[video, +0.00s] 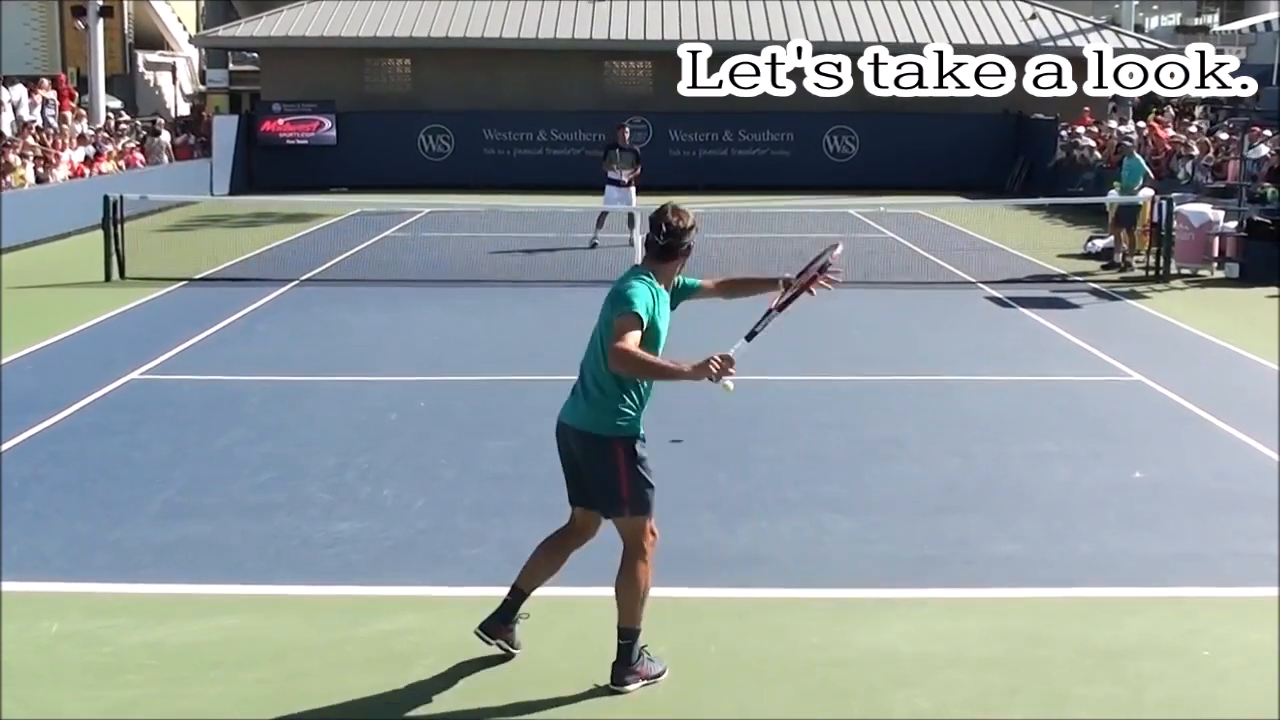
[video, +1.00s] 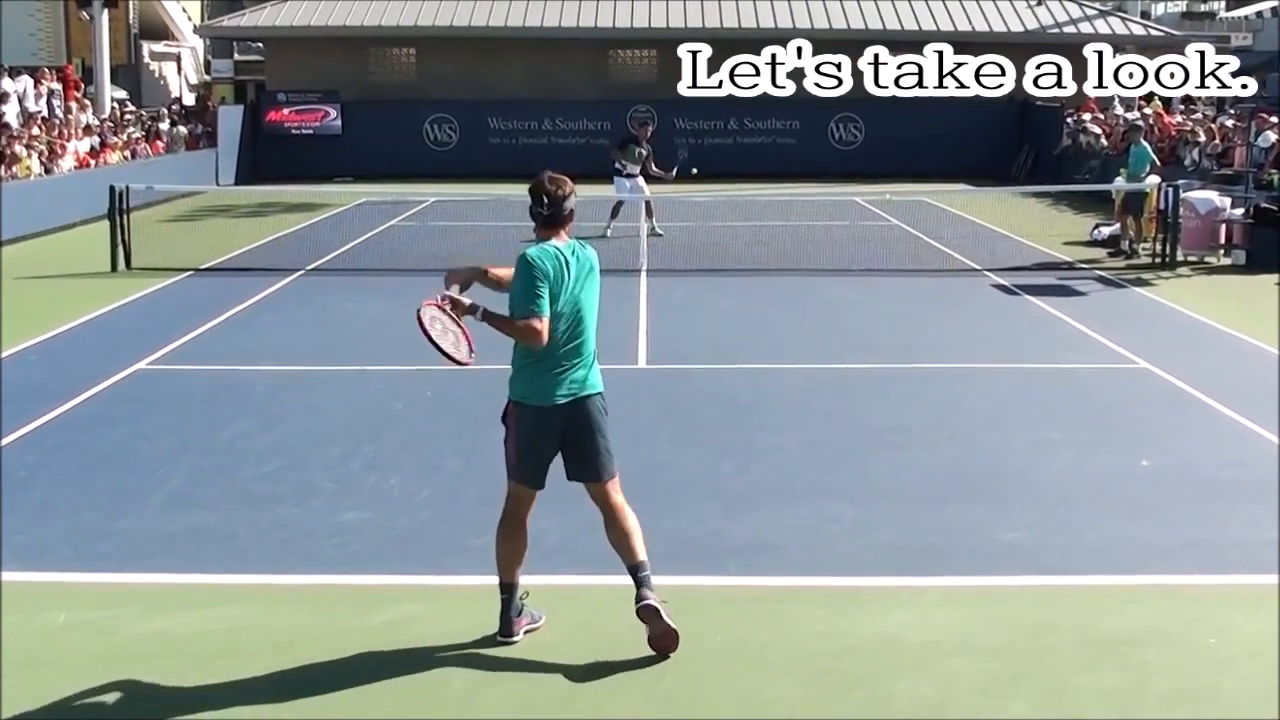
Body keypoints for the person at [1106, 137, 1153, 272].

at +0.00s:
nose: (1122, 148)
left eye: (1125, 146)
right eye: (1122, 146)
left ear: (1132, 147)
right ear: (1123, 147)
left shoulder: (1138, 160)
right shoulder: (1125, 160)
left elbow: (1150, 177)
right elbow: (1127, 178)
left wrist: (1137, 189)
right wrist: (1120, 186)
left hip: (1133, 200)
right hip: (1123, 198)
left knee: (1130, 230)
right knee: (1116, 228)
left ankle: (1130, 260)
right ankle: (1117, 259)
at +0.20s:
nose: (1125, 149)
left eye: (1128, 147)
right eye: (1125, 147)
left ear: (1134, 147)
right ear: (1124, 148)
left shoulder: (1140, 161)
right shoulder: (1126, 161)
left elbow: (1152, 178)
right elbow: (1126, 178)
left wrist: (1139, 189)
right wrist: (1121, 186)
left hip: (1135, 200)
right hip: (1124, 198)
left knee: (1131, 231)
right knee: (1116, 229)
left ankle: (1130, 260)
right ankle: (1117, 259)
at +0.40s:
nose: (1126, 151)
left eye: (1129, 148)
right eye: (1125, 148)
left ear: (1135, 149)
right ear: (1124, 149)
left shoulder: (1140, 163)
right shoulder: (1126, 162)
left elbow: (1152, 180)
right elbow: (1126, 179)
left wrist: (1139, 191)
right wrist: (1121, 188)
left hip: (1135, 202)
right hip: (1123, 200)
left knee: (1130, 232)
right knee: (1116, 230)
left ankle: (1129, 262)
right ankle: (1117, 261)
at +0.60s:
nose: (1126, 145)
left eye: (1128, 142)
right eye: (1125, 142)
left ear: (1135, 142)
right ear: (1124, 143)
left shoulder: (1140, 157)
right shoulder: (1126, 157)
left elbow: (1152, 173)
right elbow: (1126, 174)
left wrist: (1140, 185)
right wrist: (1121, 182)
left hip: (1135, 196)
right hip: (1124, 195)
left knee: (1131, 226)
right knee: (1116, 224)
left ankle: (1131, 257)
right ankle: (1117, 255)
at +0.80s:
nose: (1128, 140)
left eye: (1130, 137)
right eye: (1127, 137)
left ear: (1137, 138)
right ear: (1127, 139)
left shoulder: (1142, 152)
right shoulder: (1129, 152)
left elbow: (1154, 169)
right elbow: (1128, 169)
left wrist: (1141, 180)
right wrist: (1123, 177)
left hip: (1137, 192)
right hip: (1126, 191)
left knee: (1133, 222)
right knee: (1119, 220)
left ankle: (1133, 252)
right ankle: (1120, 250)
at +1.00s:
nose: (1131, 136)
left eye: (1133, 133)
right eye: (1130, 133)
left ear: (1140, 133)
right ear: (1129, 135)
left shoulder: (1144, 147)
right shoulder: (1133, 147)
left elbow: (1157, 164)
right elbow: (1133, 165)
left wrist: (1145, 176)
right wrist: (1127, 172)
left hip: (1140, 187)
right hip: (1130, 186)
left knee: (1137, 218)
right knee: (1122, 215)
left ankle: (1136, 248)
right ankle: (1124, 246)